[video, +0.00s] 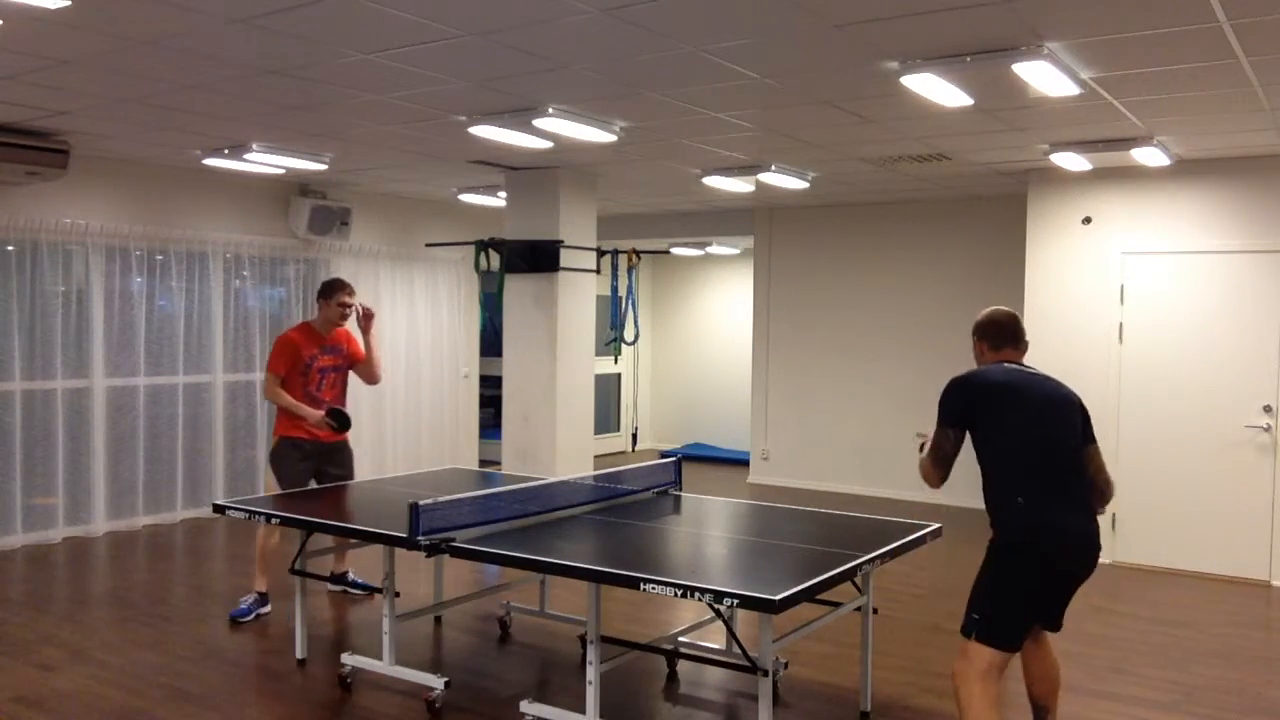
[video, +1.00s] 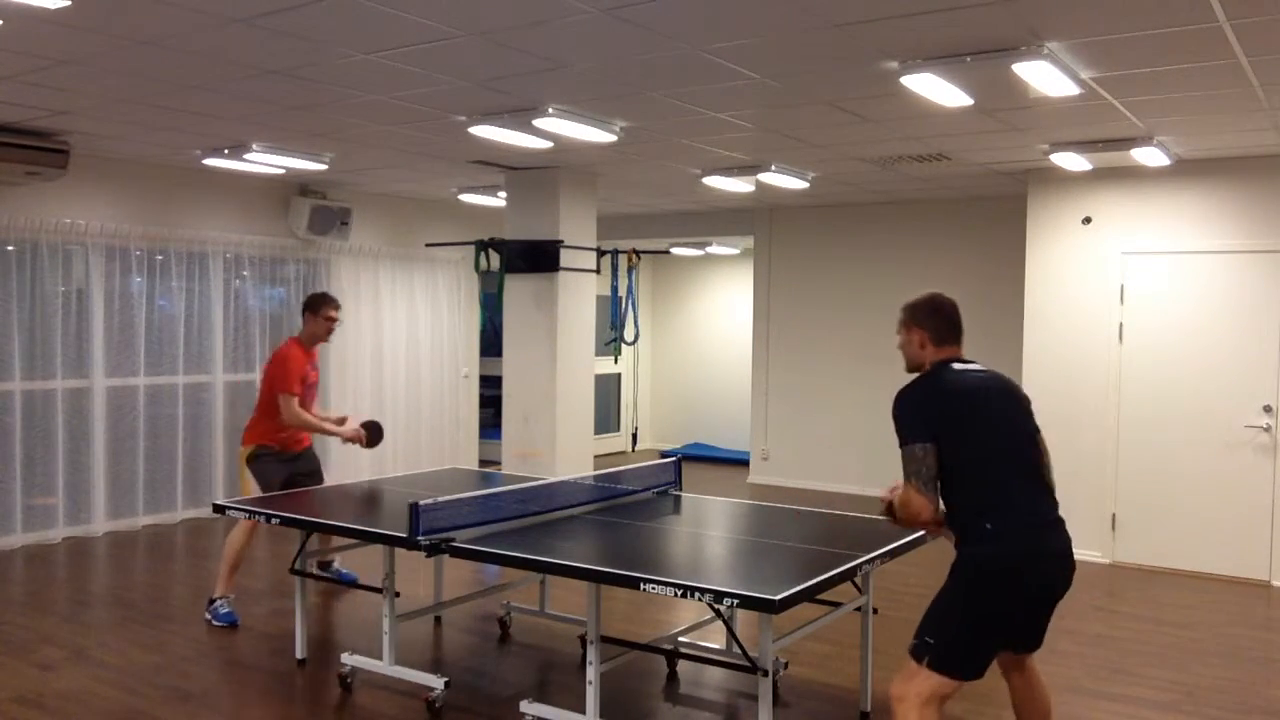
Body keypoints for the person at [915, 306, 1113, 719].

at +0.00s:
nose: (975, 355)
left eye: (974, 348)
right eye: (978, 349)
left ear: (979, 346)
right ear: (1025, 347)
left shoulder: (968, 386)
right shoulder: (1064, 394)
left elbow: (934, 476)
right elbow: (1102, 488)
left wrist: (927, 451)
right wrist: (1069, 515)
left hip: (1022, 540)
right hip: (1080, 542)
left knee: (976, 670)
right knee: (1034, 632)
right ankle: (1045, 717)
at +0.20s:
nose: (953, 369)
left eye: (952, 361)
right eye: (955, 361)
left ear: (959, 356)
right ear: (999, 357)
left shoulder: (962, 394)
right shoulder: (1035, 402)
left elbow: (936, 492)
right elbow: (1048, 479)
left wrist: (917, 485)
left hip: (1027, 551)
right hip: (1071, 551)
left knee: (955, 668)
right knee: (1008, 641)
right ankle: (1035, 714)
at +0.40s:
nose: (924, 374)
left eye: (926, 364)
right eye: (924, 364)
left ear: (945, 362)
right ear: (966, 362)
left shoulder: (968, 403)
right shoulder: (990, 402)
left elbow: (949, 496)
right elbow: (928, 491)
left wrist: (906, 468)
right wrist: (844, 494)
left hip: (1015, 573)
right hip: (1041, 567)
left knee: (926, 688)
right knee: (989, 651)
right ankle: (1031, 715)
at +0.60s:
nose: (884, 367)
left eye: (886, 356)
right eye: (884, 357)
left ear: (903, 356)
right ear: (932, 355)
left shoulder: (929, 406)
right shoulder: (971, 402)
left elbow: (919, 516)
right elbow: (945, 518)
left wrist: (849, 479)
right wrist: (867, 531)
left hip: (993, 579)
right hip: (1038, 571)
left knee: (894, 696)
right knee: (1011, 665)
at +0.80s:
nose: (878, 352)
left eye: (880, 342)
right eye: (878, 342)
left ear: (898, 343)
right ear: (935, 342)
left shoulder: (908, 403)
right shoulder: (980, 388)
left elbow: (909, 516)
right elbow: (968, 500)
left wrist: (873, 503)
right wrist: (889, 496)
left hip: (990, 566)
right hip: (1046, 557)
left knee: (903, 694)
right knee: (1007, 658)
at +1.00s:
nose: (900, 348)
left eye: (902, 339)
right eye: (900, 339)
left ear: (921, 339)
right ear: (957, 338)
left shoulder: (917, 397)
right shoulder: (1005, 386)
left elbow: (920, 511)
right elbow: (1040, 481)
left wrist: (897, 502)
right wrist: (952, 516)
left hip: (993, 561)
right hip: (1053, 554)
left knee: (913, 694)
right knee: (1017, 660)